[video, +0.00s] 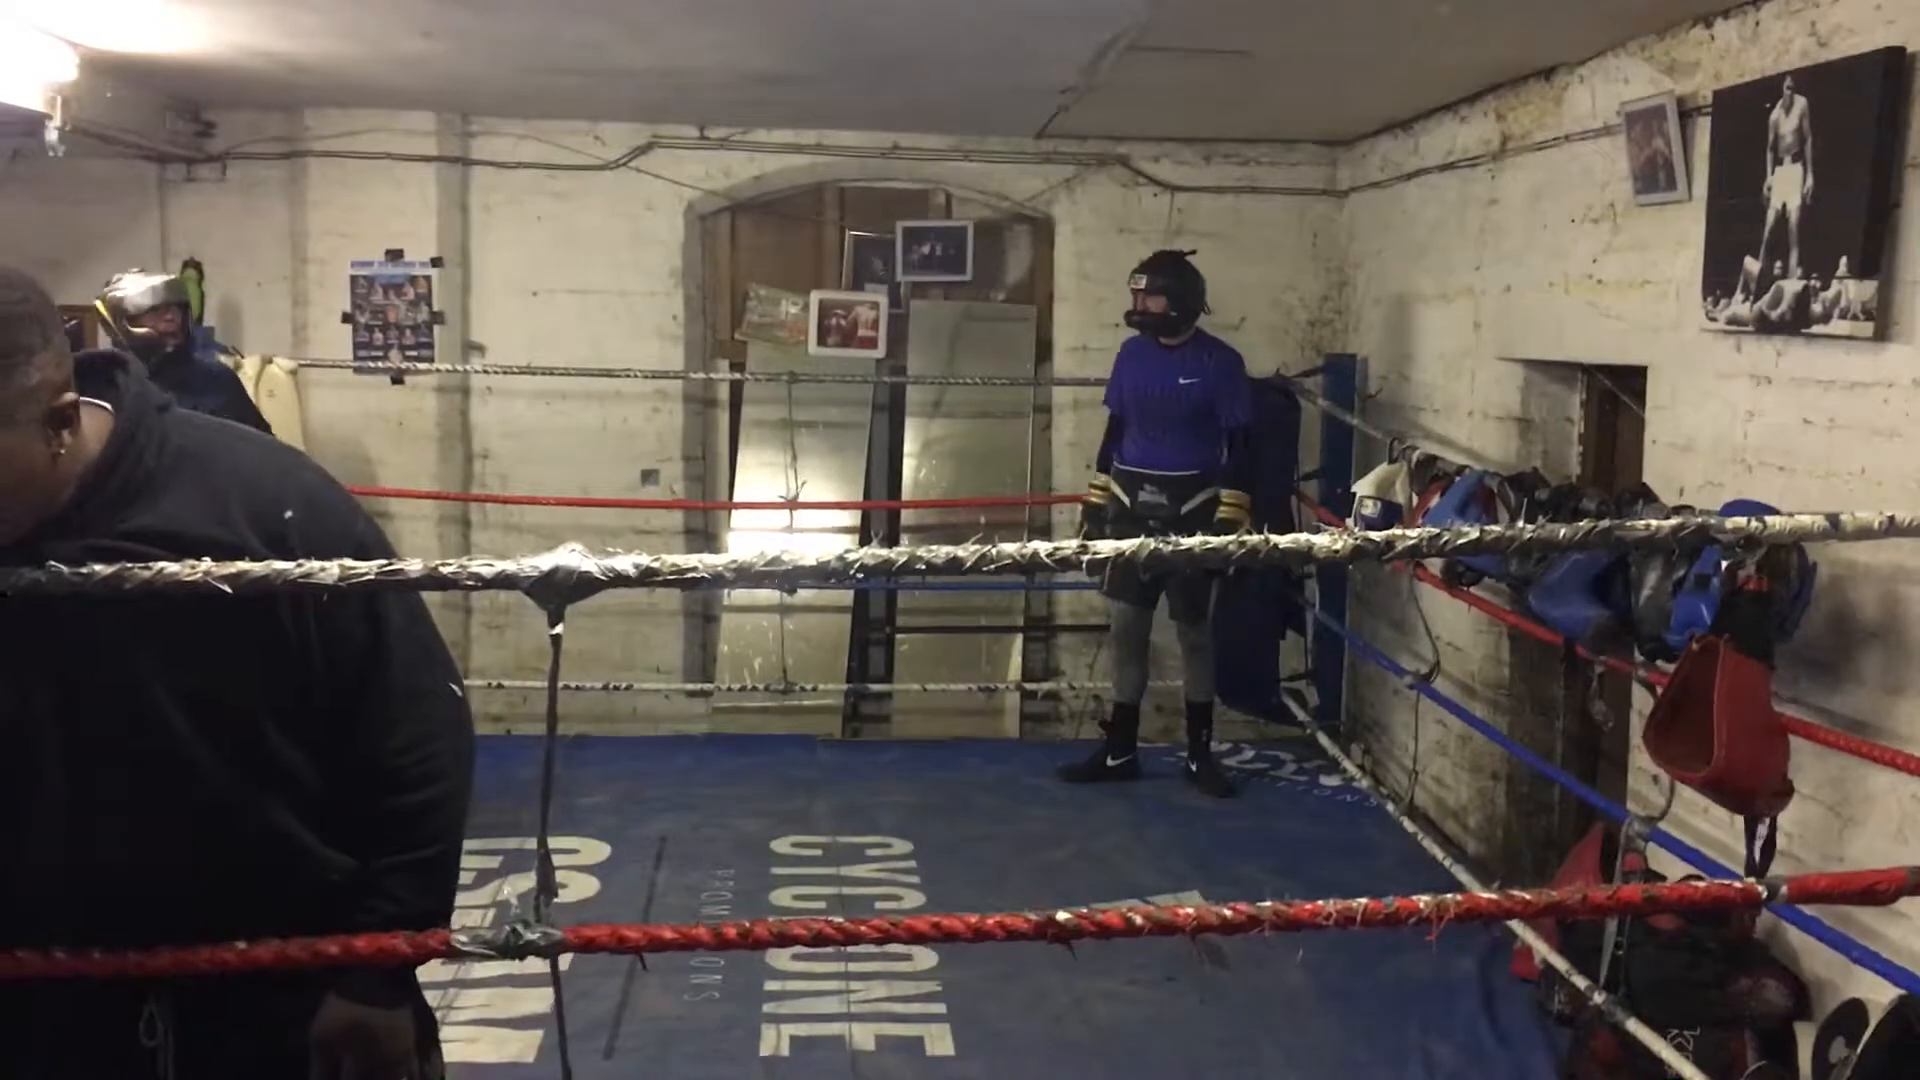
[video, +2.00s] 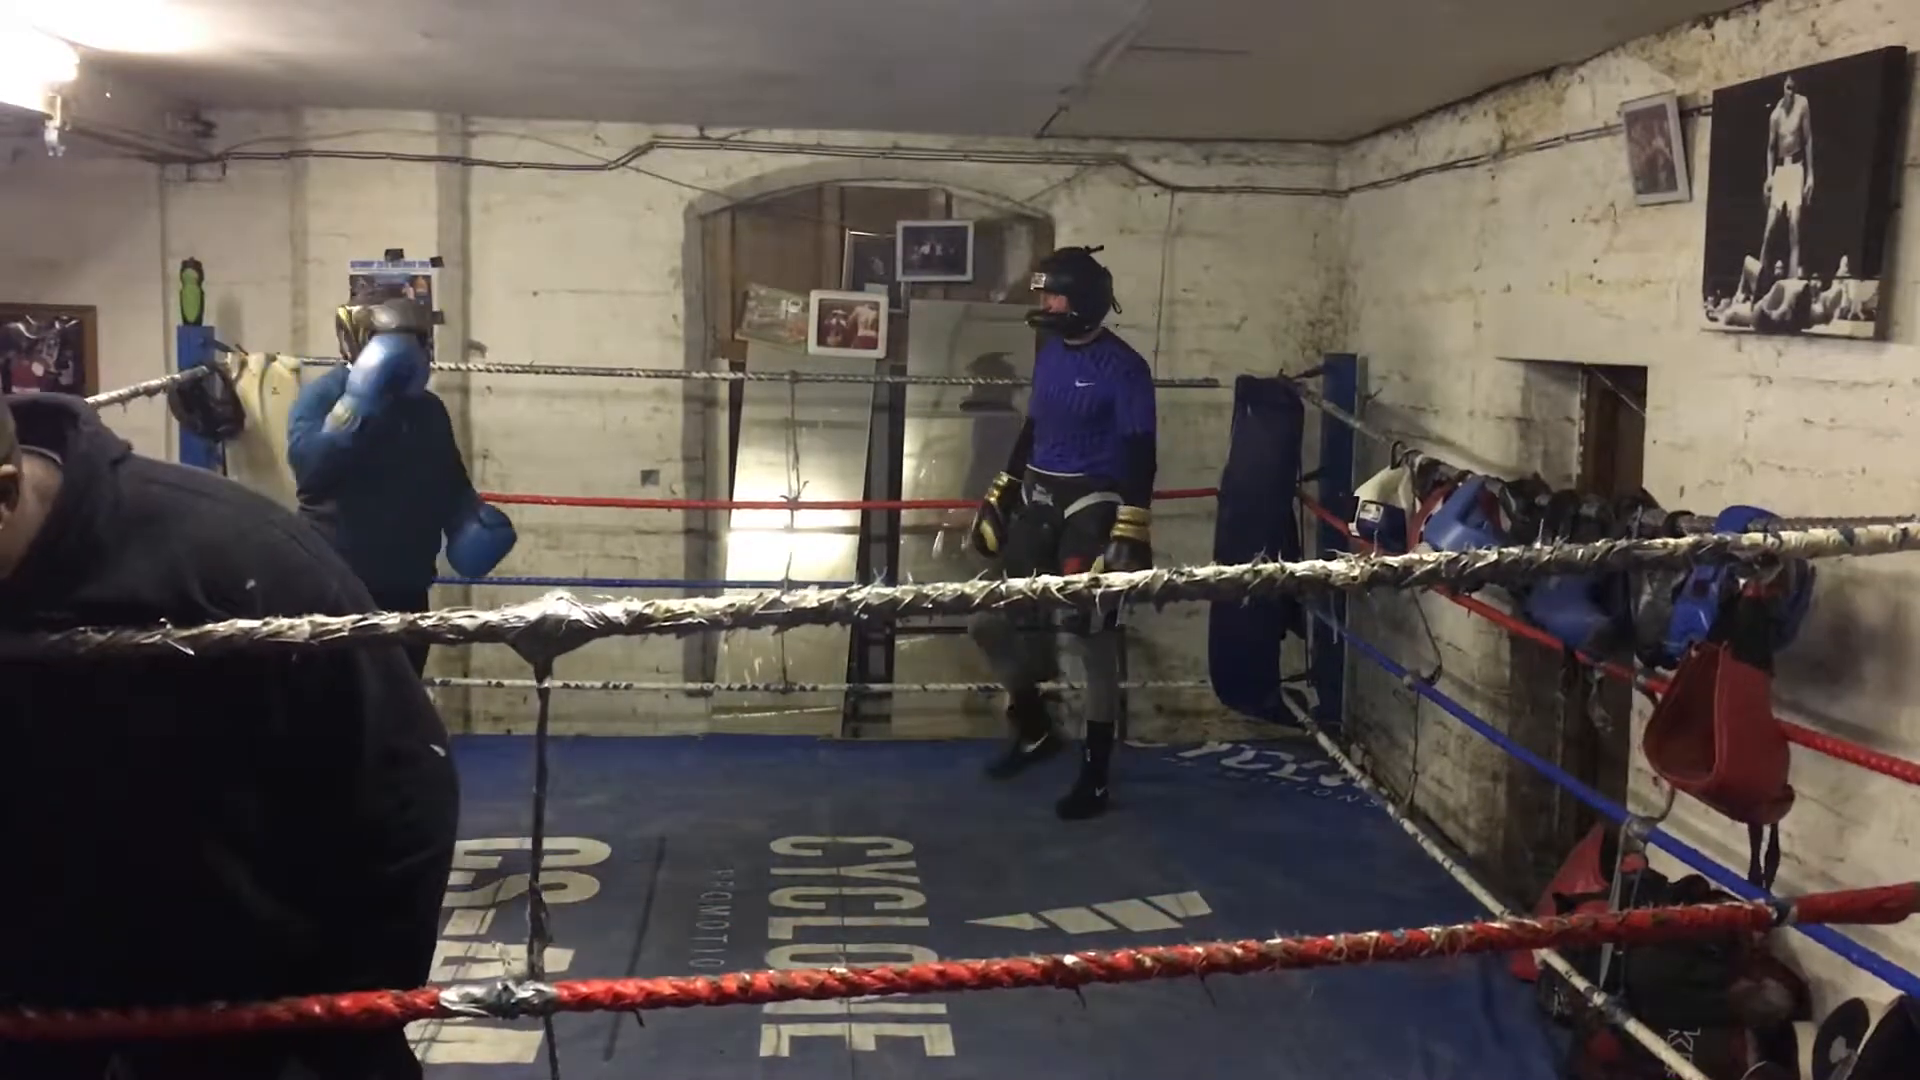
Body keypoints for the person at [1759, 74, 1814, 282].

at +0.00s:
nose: (1788, 92)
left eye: (1791, 89)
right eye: (1786, 89)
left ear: (1795, 90)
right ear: (1782, 89)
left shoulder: (1801, 104)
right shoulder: (1774, 115)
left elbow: (1808, 138)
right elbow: (1770, 147)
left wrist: (1810, 175)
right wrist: (1768, 175)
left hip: (1796, 164)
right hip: (1779, 166)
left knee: (1794, 220)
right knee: (1770, 220)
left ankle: (1793, 268)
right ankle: (1761, 266)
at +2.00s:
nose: (1788, 92)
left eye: (1792, 89)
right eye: (1787, 88)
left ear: (1796, 90)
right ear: (1783, 88)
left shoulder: (1802, 104)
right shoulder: (1775, 114)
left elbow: (1808, 139)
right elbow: (1771, 146)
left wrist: (1810, 175)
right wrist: (1769, 175)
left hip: (1797, 164)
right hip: (1780, 165)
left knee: (1794, 219)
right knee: (1771, 219)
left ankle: (1794, 267)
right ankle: (1762, 265)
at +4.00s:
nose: (1788, 92)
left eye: (1791, 89)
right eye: (1787, 88)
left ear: (1795, 90)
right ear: (1783, 89)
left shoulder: (1801, 105)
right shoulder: (1775, 114)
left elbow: (1808, 139)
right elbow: (1770, 146)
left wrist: (1810, 175)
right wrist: (1769, 176)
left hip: (1797, 164)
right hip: (1780, 165)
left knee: (1794, 221)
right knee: (1771, 221)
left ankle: (1794, 269)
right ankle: (1762, 269)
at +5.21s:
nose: (1789, 93)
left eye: (1792, 89)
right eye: (1787, 89)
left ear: (1796, 90)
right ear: (1782, 89)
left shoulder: (1801, 105)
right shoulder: (1775, 114)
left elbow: (1809, 139)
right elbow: (1771, 146)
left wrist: (1810, 174)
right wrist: (1769, 176)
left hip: (1797, 164)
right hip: (1780, 165)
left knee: (1794, 220)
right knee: (1771, 220)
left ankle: (1794, 268)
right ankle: (1762, 267)